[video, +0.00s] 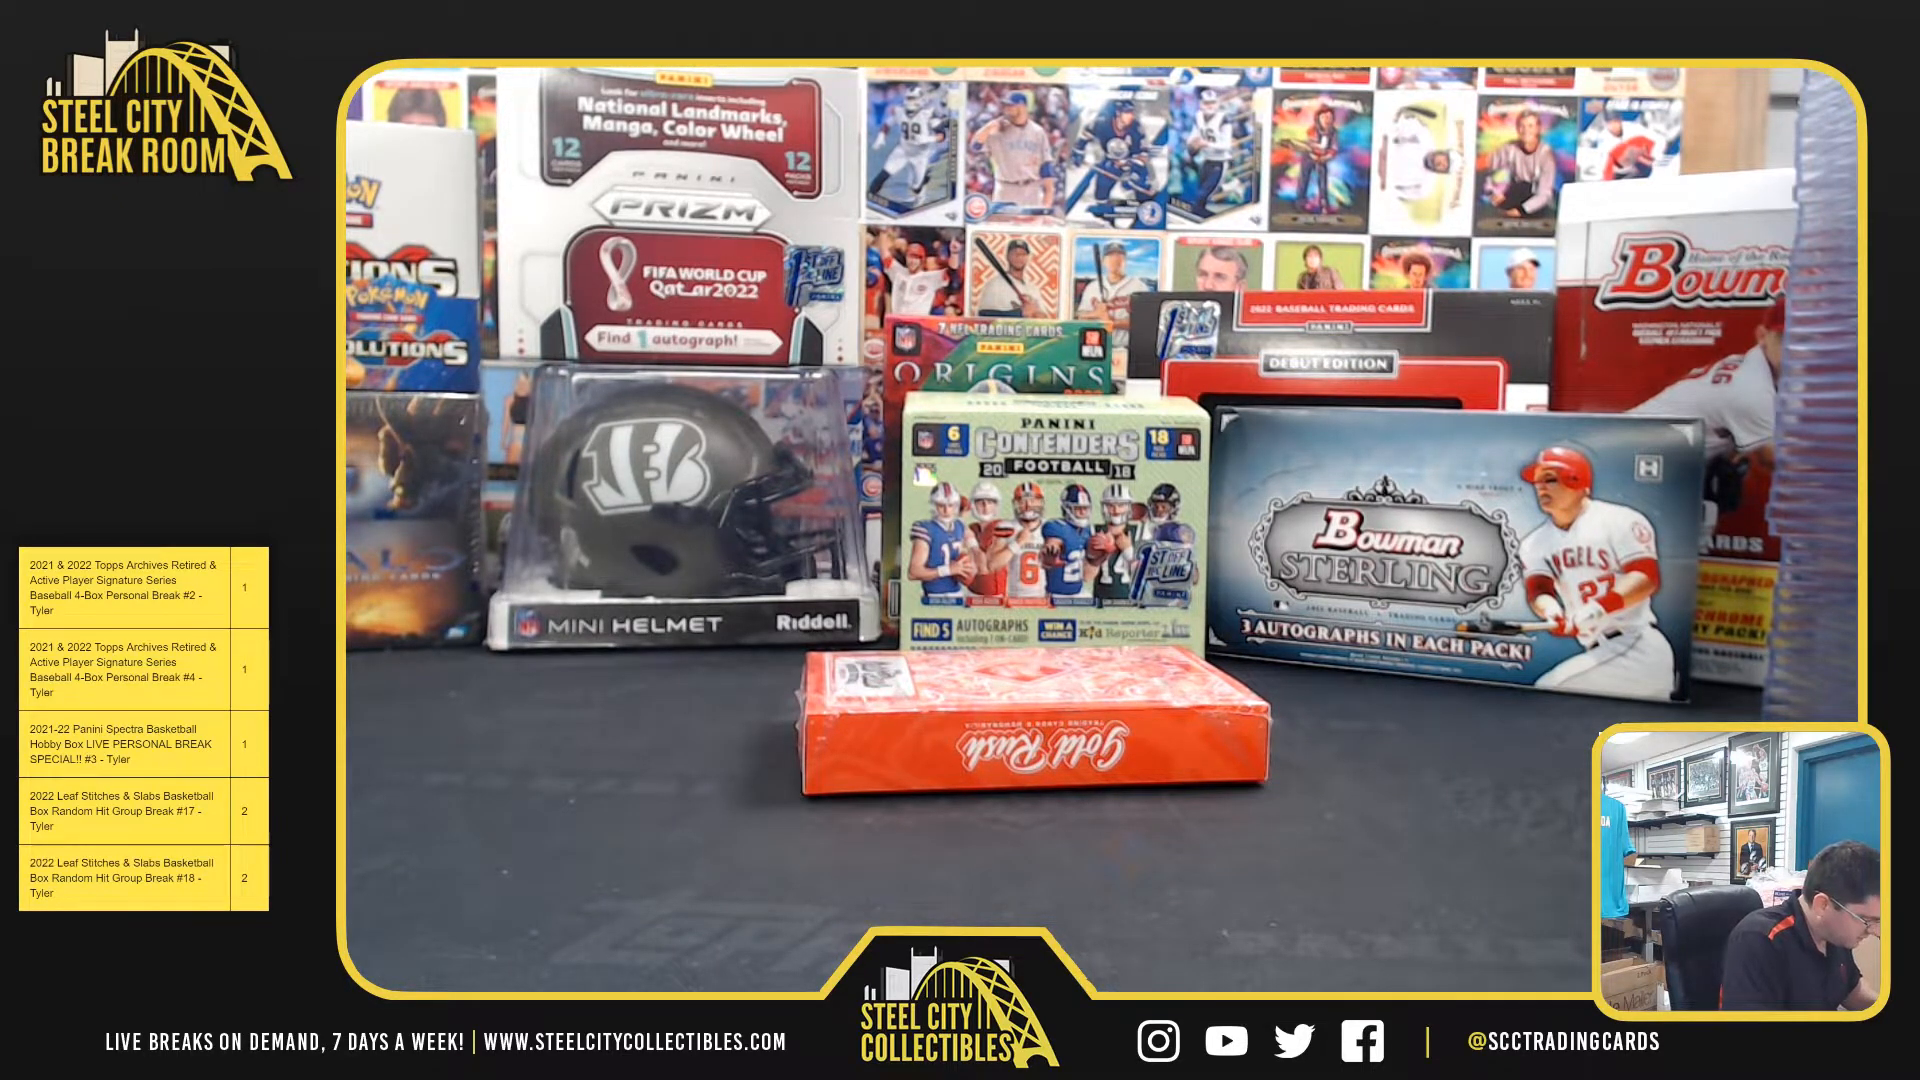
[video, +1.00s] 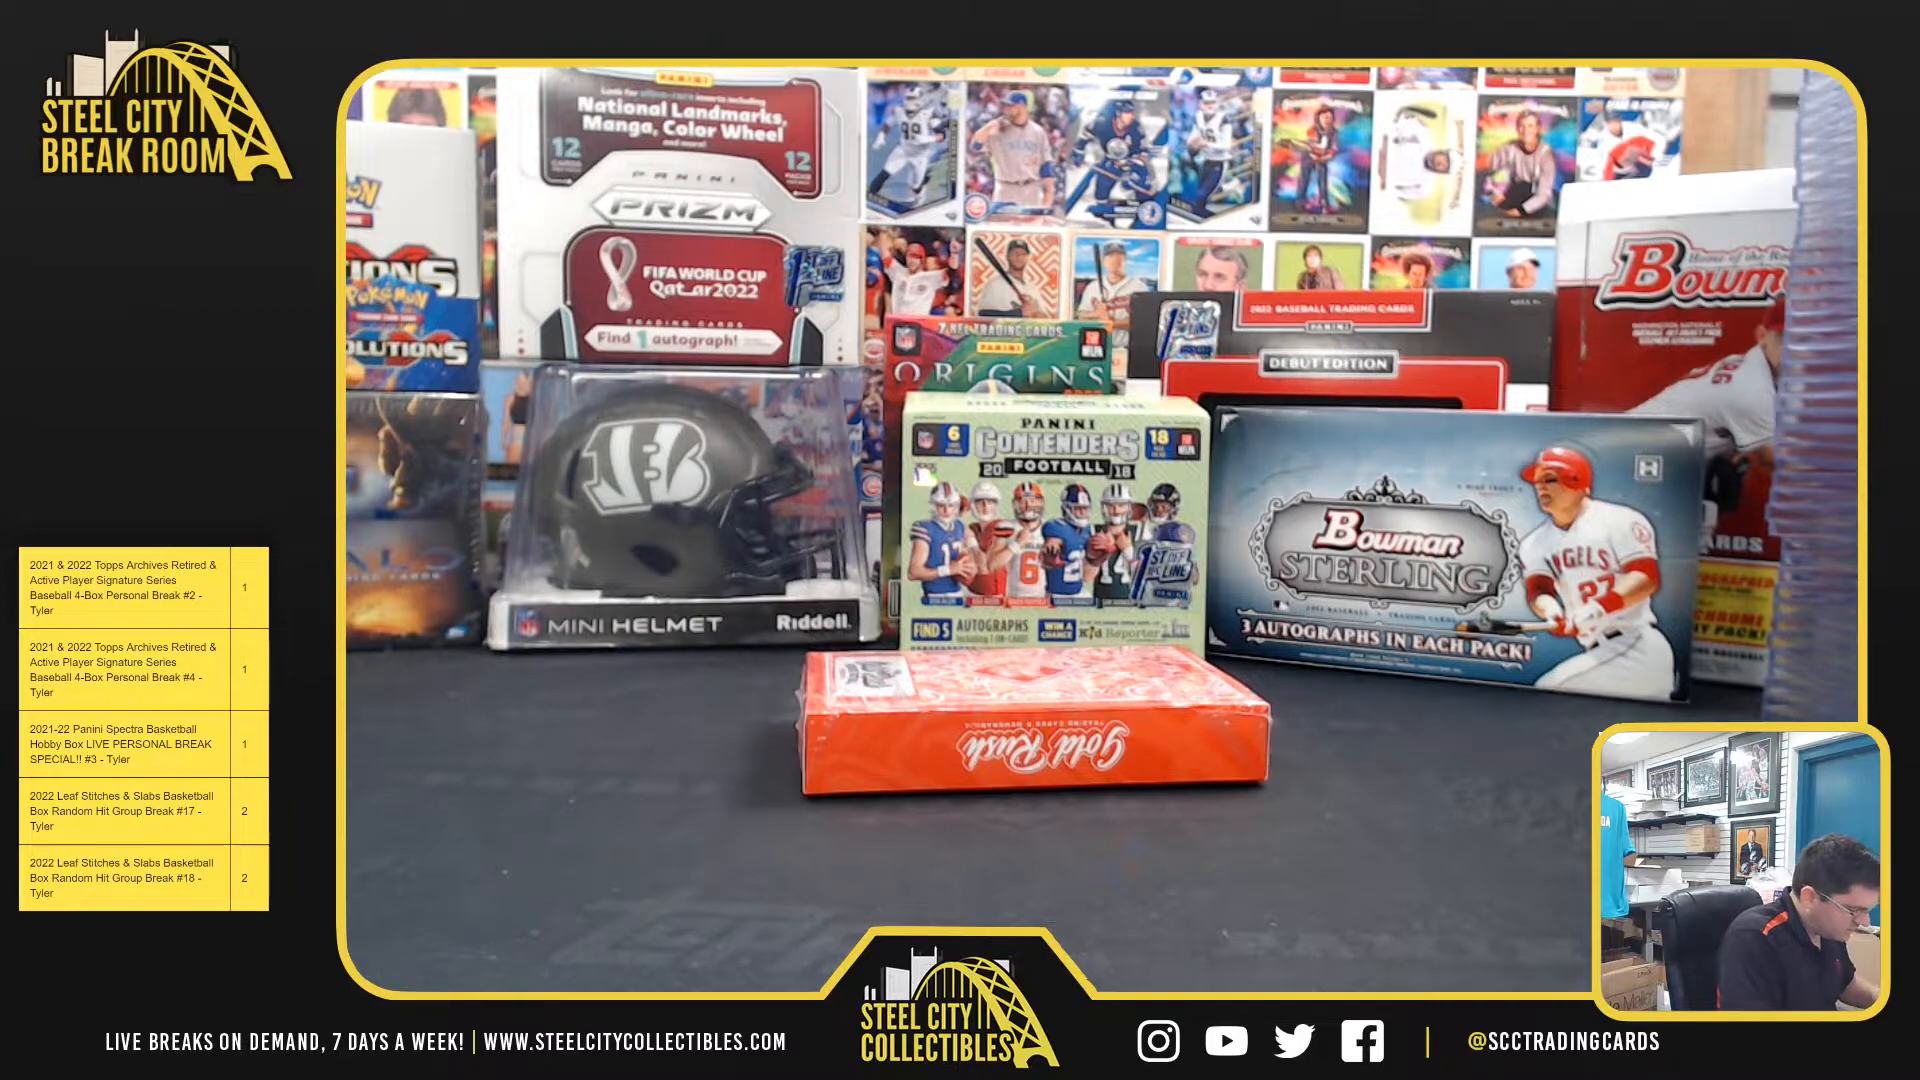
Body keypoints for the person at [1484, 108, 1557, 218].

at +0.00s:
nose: (1526, 130)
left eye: (1531, 126)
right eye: (1522, 126)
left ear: (1539, 129)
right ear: (1517, 129)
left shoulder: (1545, 154)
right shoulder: (1506, 151)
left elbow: (1545, 192)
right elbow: (1490, 178)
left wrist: (1522, 209)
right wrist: (1494, 194)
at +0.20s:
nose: (1526, 131)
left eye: (1531, 126)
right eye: (1522, 126)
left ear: (1539, 129)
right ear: (1517, 130)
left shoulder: (1545, 154)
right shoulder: (1506, 151)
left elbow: (1545, 192)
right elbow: (1490, 178)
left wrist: (1523, 210)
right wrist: (1494, 194)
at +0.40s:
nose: (1526, 130)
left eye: (1531, 126)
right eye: (1522, 126)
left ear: (1539, 129)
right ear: (1517, 130)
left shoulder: (1545, 154)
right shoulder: (1506, 151)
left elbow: (1545, 192)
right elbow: (1490, 179)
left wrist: (1523, 209)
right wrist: (1494, 194)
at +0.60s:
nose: (1526, 130)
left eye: (1531, 126)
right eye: (1522, 126)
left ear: (1539, 129)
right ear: (1517, 130)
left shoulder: (1545, 154)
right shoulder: (1506, 151)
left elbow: (1545, 192)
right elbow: (1490, 179)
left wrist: (1523, 209)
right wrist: (1494, 194)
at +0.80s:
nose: (1526, 130)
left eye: (1531, 126)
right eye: (1522, 126)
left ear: (1539, 129)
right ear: (1517, 130)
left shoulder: (1545, 154)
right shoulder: (1506, 151)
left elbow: (1545, 192)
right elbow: (1490, 179)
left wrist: (1523, 209)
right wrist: (1494, 194)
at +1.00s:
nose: (1526, 131)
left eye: (1530, 126)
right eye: (1522, 126)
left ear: (1538, 129)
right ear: (1518, 130)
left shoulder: (1545, 154)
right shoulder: (1505, 151)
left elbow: (1545, 192)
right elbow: (1491, 179)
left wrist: (1523, 209)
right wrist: (1495, 193)